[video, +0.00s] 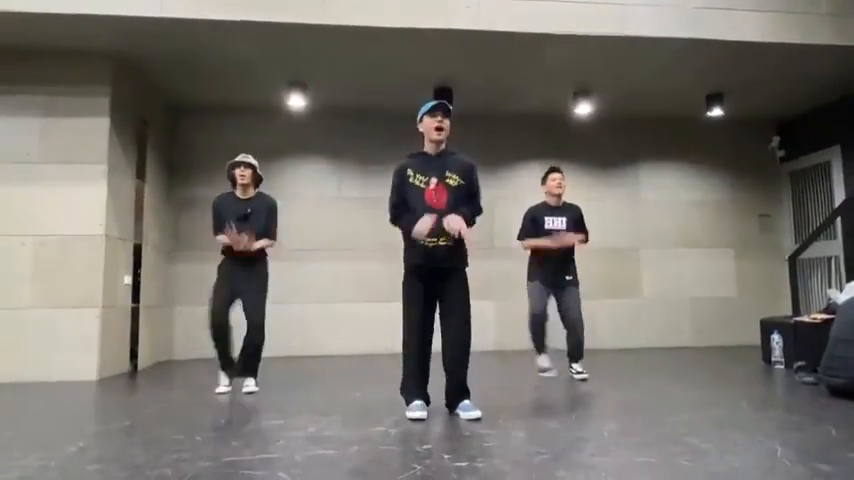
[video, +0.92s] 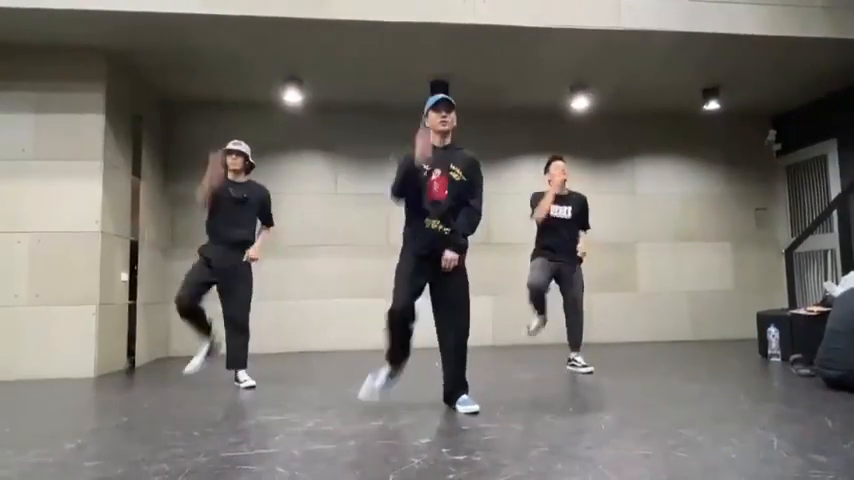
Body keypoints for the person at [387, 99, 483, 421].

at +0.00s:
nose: (439, 123)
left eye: (443, 119)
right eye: (433, 118)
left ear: (449, 126)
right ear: (420, 125)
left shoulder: (464, 167)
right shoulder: (406, 169)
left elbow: (473, 208)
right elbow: (396, 212)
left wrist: (459, 219)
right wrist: (415, 223)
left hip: (453, 265)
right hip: (418, 266)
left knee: (458, 333)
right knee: (417, 333)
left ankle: (459, 398)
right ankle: (416, 397)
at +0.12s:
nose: (437, 124)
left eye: (442, 119)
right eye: (431, 120)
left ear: (449, 126)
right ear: (420, 127)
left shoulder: (462, 164)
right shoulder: (410, 165)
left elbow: (488, 204)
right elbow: (383, 203)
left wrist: (479, 181)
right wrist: (410, 183)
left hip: (450, 265)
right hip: (414, 265)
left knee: (458, 330)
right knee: (405, 318)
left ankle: (457, 397)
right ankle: (386, 390)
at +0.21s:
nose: (436, 129)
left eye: (441, 125)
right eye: (430, 124)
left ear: (449, 130)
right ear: (419, 130)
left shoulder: (466, 172)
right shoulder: (404, 174)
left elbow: (497, 195)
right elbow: (373, 197)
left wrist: (528, 168)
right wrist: (357, 175)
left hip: (450, 272)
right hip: (412, 270)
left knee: (460, 334)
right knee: (390, 327)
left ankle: (458, 397)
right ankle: (355, 395)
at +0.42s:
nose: (440, 125)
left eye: (445, 119)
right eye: (433, 120)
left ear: (453, 126)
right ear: (423, 127)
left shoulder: (467, 166)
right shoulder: (412, 167)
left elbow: (491, 205)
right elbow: (387, 209)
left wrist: (484, 185)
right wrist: (398, 185)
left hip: (455, 261)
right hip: (419, 261)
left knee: (457, 324)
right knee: (414, 315)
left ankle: (457, 396)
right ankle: (393, 389)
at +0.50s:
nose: (442, 128)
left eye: (446, 124)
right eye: (436, 124)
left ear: (453, 127)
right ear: (426, 128)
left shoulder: (468, 166)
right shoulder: (412, 167)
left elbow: (484, 206)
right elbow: (400, 211)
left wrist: (464, 207)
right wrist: (422, 190)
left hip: (456, 258)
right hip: (421, 259)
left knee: (457, 325)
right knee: (426, 325)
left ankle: (457, 393)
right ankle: (430, 391)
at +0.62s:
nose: (443, 123)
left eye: (447, 118)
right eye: (437, 119)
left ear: (455, 122)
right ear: (427, 125)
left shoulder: (468, 163)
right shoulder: (415, 161)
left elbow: (474, 209)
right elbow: (397, 150)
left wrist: (459, 242)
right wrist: (421, 117)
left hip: (456, 249)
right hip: (423, 249)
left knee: (461, 322)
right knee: (429, 301)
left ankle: (458, 393)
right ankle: (419, 354)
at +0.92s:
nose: (444, 116)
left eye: (449, 111)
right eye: (438, 111)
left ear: (455, 117)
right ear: (427, 117)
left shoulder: (467, 162)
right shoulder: (413, 158)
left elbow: (472, 209)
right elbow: (399, 194)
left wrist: (456, 245)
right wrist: (415, 162)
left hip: (451, 252)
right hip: (416, 250)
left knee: (455, 326)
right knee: (400, 308)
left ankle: (457, 393)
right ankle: (395, 362)